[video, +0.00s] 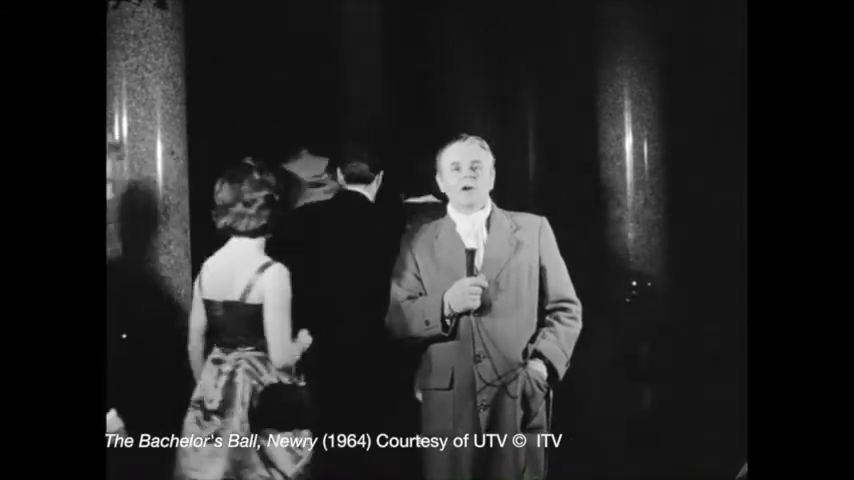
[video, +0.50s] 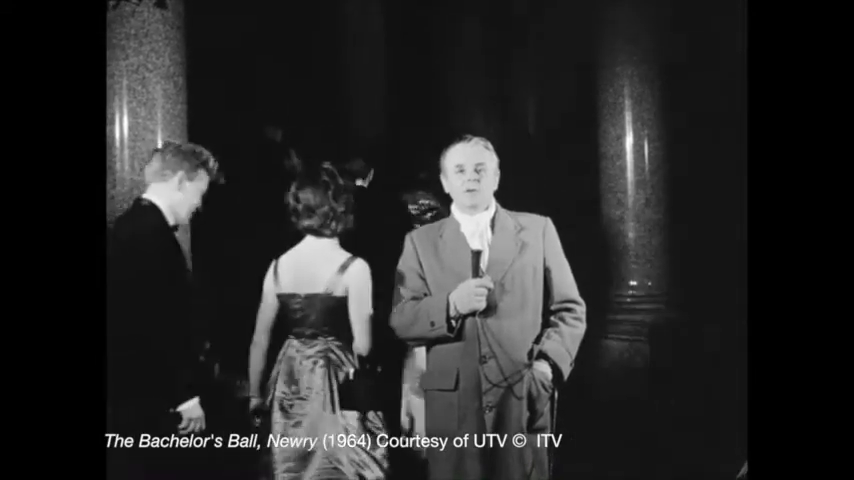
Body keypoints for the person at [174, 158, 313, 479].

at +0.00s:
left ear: (225, 211)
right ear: (273, 213)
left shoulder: (207, 269)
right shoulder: (272, 273)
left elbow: (195, 341)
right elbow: (281, 357)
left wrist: (205, 386)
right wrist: (301, 343)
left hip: (213, 390)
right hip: (259, 397)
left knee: (212, 469)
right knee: (258, 471)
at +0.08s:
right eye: (292, 204)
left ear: (238, 208)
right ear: (288, 211)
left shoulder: (220, 266)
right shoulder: (290, 270)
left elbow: (205, 340)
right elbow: (300, 351)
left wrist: (214, 387)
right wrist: (316, 336)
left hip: (228, 383)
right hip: (275, 388)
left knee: (231, 465)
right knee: (276, 467)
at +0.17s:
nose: (309, 211)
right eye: (305, 204)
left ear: (254, 207)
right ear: (299, 210)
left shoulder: (233, 264)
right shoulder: (305, 267)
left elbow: (214, 337)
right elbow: (317, 349)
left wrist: (219, 390)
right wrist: (332, 341)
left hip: (242, 382)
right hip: (290, 385)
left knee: (247, 463)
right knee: (293, 465)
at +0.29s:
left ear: (270, 207)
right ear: (316, 207)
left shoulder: (251, 264)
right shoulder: (327, 266)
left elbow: (230, 335)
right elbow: (339, 345)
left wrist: (231, 390)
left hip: (261, 373)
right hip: (308, 374)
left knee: (268, 457)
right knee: (313, 459)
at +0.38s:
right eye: (332, 201)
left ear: (281, 208)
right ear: (328, 209)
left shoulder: (262, 266)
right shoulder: (338, 267)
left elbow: (242, 338)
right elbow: (351, 345)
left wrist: (241, 393)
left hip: (273, 376)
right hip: (320, 379)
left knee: (280, 462)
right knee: (327, 464)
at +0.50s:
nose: (351, 212)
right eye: (346, 205)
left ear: (297, 212)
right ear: (340, 212)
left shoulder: (278, 267)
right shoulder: (354, 268)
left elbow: (261, 338)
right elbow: (362, 345)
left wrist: (254, 394)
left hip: (289, 378)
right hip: (335, 380)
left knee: (290, 462)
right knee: (336, 462)